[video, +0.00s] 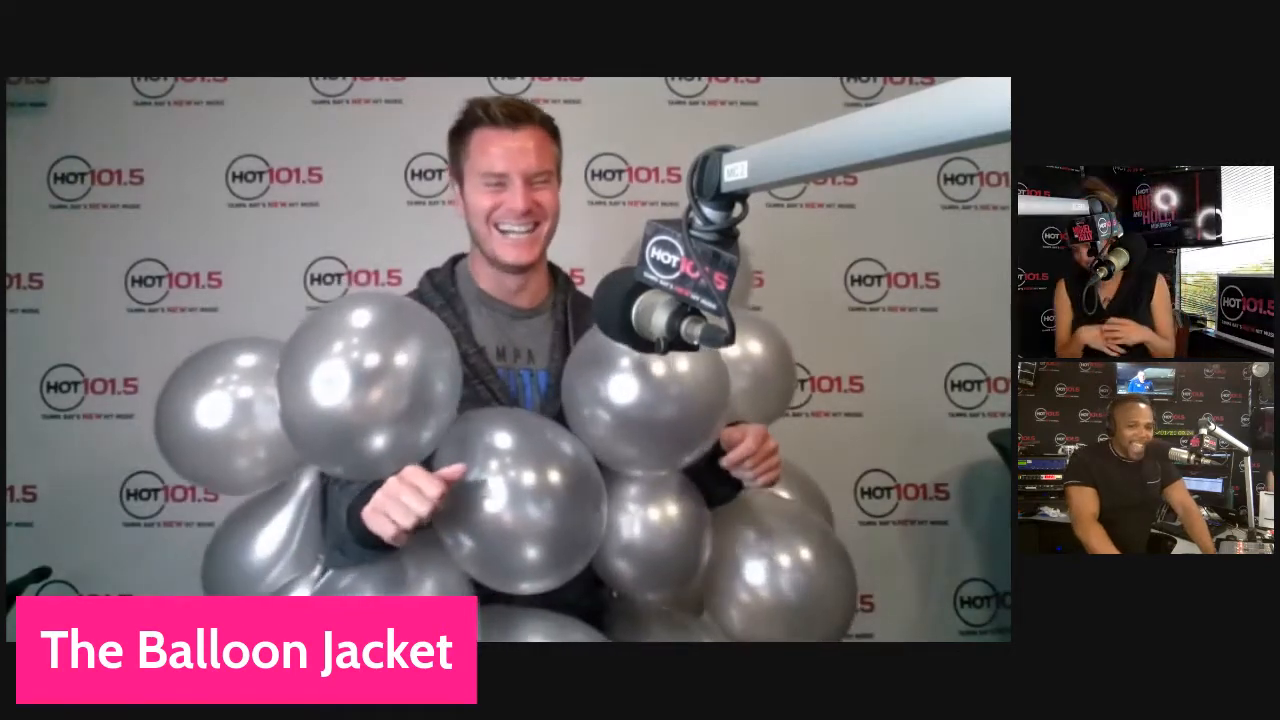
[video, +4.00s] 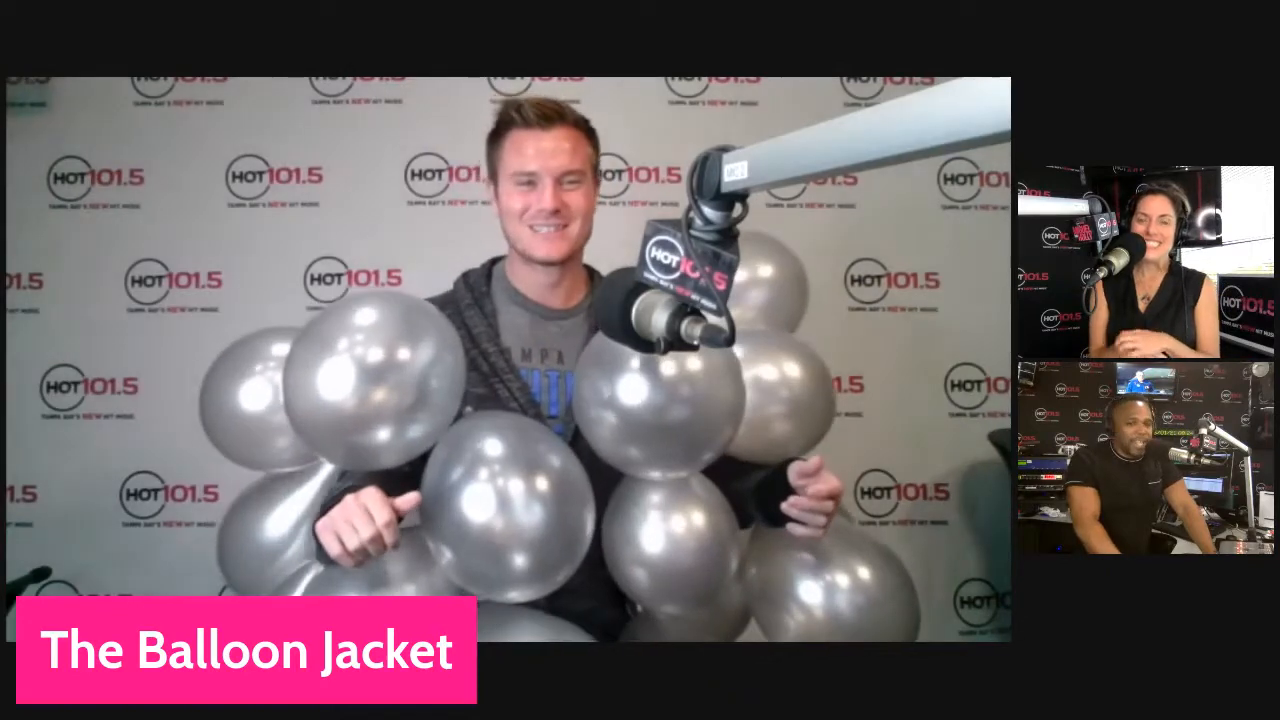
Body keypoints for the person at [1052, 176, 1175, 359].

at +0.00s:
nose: (1083, 258)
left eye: (1091, 248)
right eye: (1075, 250)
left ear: (1113, 241)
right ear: (1070, 250)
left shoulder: (1152, 284)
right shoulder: (1067, 288)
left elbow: (1169, 351)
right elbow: (1063, 356)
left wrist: (1146, 335)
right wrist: (1080, 336)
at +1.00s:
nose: (1157, 228)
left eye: (1170, 218)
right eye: (1151, 220)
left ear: (1195, 224)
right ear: (1146, 226)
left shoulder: (1229, 283)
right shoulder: (1134, 282)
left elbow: (1248, 360)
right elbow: (1127, 355)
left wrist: (1200, 349)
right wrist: (1148, 344)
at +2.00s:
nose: (1151, 226)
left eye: (1164, 218)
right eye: (1142, 216)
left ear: (1177, 228)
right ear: (1129, 222)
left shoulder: (1196, 289)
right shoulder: (1100, 285)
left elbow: (1208, 361)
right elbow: (1087, 354)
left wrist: (1177, 349)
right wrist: (1116, 347)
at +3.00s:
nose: (1153, 227)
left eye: (1166, 219)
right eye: (1144, 217)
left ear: (1181, 228)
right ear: (1131, 223)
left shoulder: (1201, 287)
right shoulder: (1108, 285)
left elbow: (1215, 361)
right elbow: (1096, 356)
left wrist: (1184, 347)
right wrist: (1114, 343)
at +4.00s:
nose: (1151, 230)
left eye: (1164, 221)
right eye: (1142, 219)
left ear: (1178, 229)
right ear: (1129, 224)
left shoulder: (1199, 286)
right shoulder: (1106, 285)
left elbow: (1211, 360)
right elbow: (1095, 354)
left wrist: (1166, 342)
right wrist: (1132, 348)